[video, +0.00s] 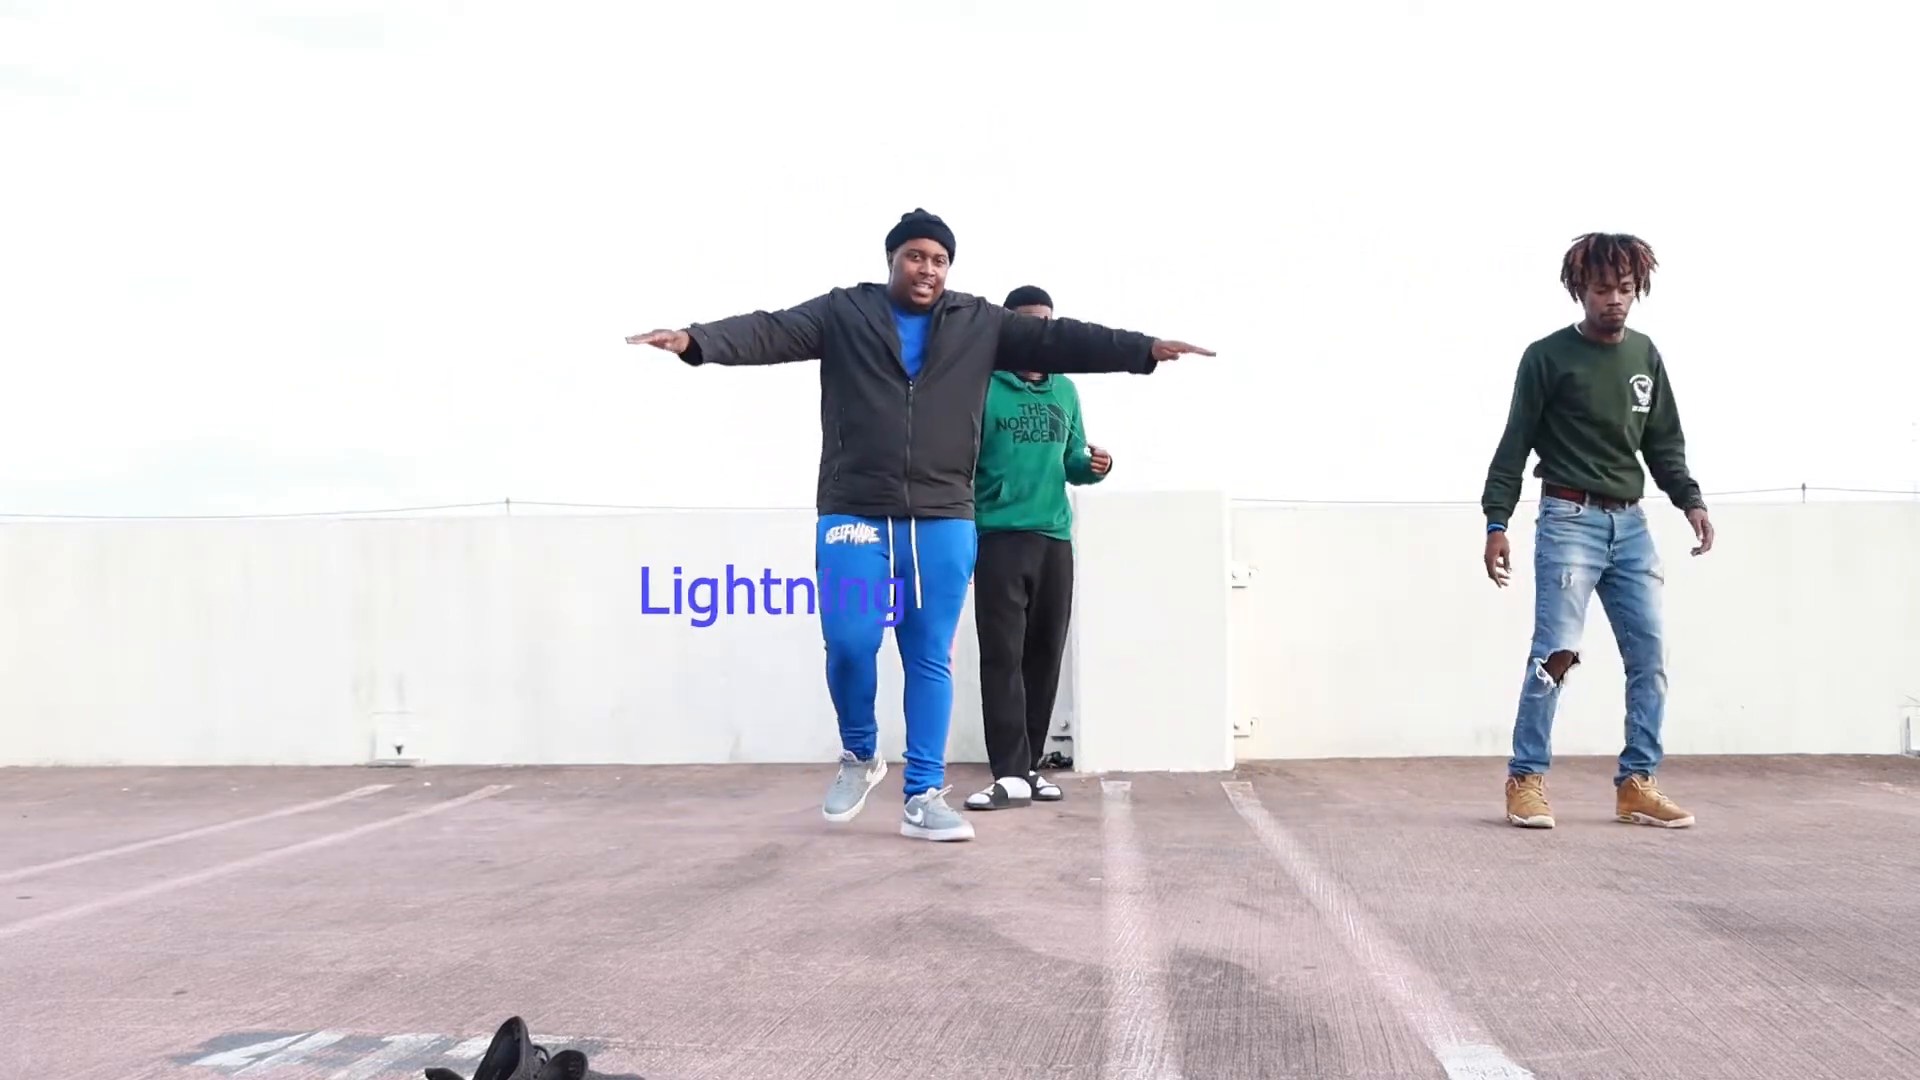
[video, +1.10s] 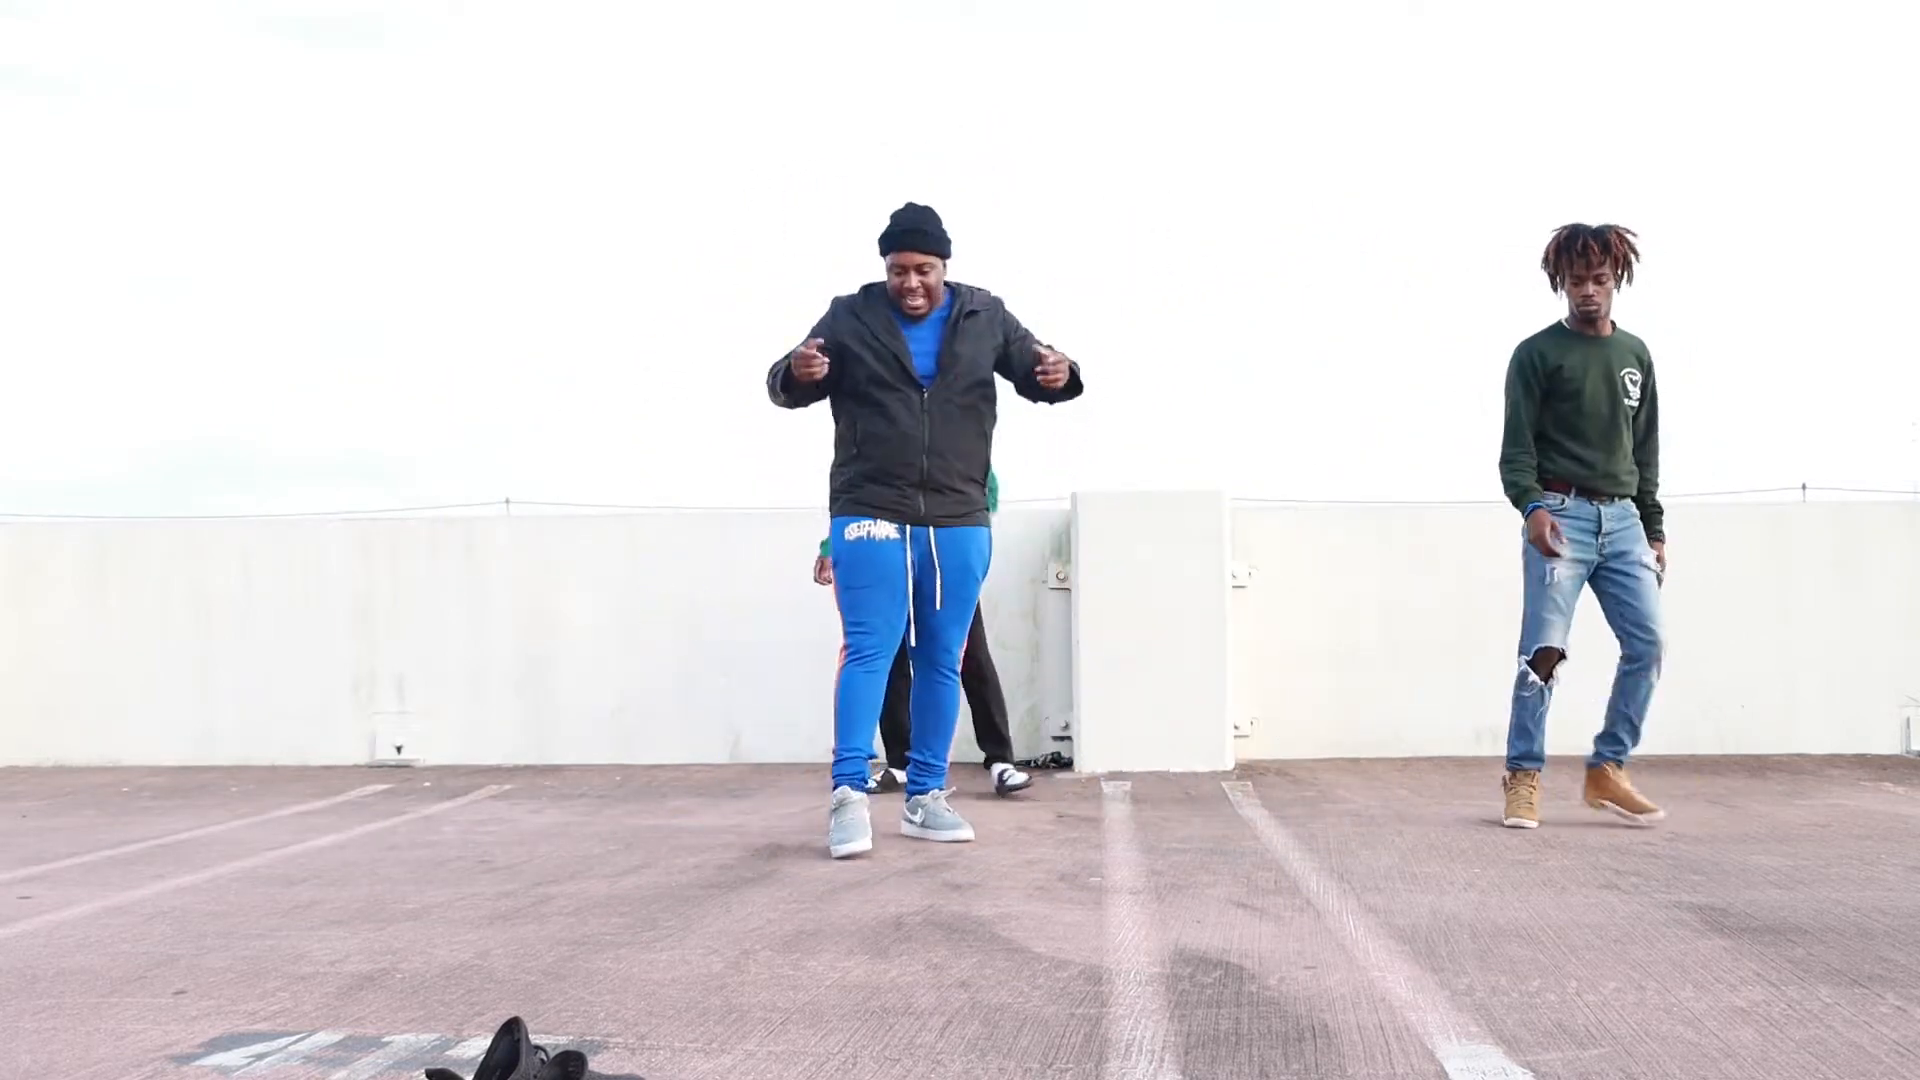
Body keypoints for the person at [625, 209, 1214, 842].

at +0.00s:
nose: (926, 268)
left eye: (937, 260)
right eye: (914, 257)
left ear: (949, 269)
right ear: (891, 261)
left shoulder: (977, 322)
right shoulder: (845, 312)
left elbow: (1053, 338)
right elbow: (773, 330)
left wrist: (1143, 348)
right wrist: (697, 340)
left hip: (942, 510)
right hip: (853, 506)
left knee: (929, 654)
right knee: (848, 644)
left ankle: (924, 796)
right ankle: (859, 756)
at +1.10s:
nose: (912, 283)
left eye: (924, 271)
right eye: (900, 271)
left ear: (945, 267)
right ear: (884, 269)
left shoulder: (983, 316)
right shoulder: (851, 317)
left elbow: (1040, 376)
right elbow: (783, 392)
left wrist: (1059, 374)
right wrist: (798, 374)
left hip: (956, 510)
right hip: (869, 507)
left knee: (943, 660)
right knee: (868, 650)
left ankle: (926, 797)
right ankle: (850, 795)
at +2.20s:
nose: (865, 289)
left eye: (877, 277)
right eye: (854, 279)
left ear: (897, 275)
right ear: (838, 277)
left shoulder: (928, 318)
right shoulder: (812, 327)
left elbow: (941, 386)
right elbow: (779, 404)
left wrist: (862, 346)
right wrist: (843, 373)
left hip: (905, 507)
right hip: (825, 515)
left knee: (896, 639)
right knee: (848, 656)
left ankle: (904, 782)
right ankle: (867, 786)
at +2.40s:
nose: (873, 290)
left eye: (885, 279)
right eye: (862, 278)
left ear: (907, 277)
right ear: (846, 276)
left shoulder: (935, 325)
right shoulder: (814, 327)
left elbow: (945, 402)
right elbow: (778, 406)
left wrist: (874, 348)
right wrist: (852, 385)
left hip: (907, 516)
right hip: (824, 521)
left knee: (896, 650)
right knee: (846, 660)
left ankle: (900, 792)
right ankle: (866, 789)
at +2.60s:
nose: (894, 280)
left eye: (907, 269)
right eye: (882, 269)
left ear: (927, 272)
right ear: (864, 270)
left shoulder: (951, 324)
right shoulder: (826, 319)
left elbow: (961, 402)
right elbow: (787, 395)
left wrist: (895, 345)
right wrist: (863, 377)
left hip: (915, 514)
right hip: (829, 516)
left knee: (900, 652)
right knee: (839, 662)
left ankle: (897, 801)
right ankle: (858, 779)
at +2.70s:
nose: (902, 269)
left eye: (915, 259)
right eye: (891, 257)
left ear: (934, 265)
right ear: (872, 261)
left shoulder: (959, 317)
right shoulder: (833, 312)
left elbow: (972, 394)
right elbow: (793, 388)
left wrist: (896, 339)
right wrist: (871, 371)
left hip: (923, 511)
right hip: (834, 508)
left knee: (905, 656)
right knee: (823, 656)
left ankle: (896, 802)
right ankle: (848, 758)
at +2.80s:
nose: (906, 255)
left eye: (919, 245)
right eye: (894, 244)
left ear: (937, 253)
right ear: (875, 251)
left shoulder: (964, 308)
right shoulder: (836, 304)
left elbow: (981, 382)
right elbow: (799, 381)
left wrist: (912, 350)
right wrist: (878, 365)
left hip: (930, 507)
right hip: (838, 501)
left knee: (910, 658)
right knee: (825, 641)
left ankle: (897, 802)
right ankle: (843, 759)